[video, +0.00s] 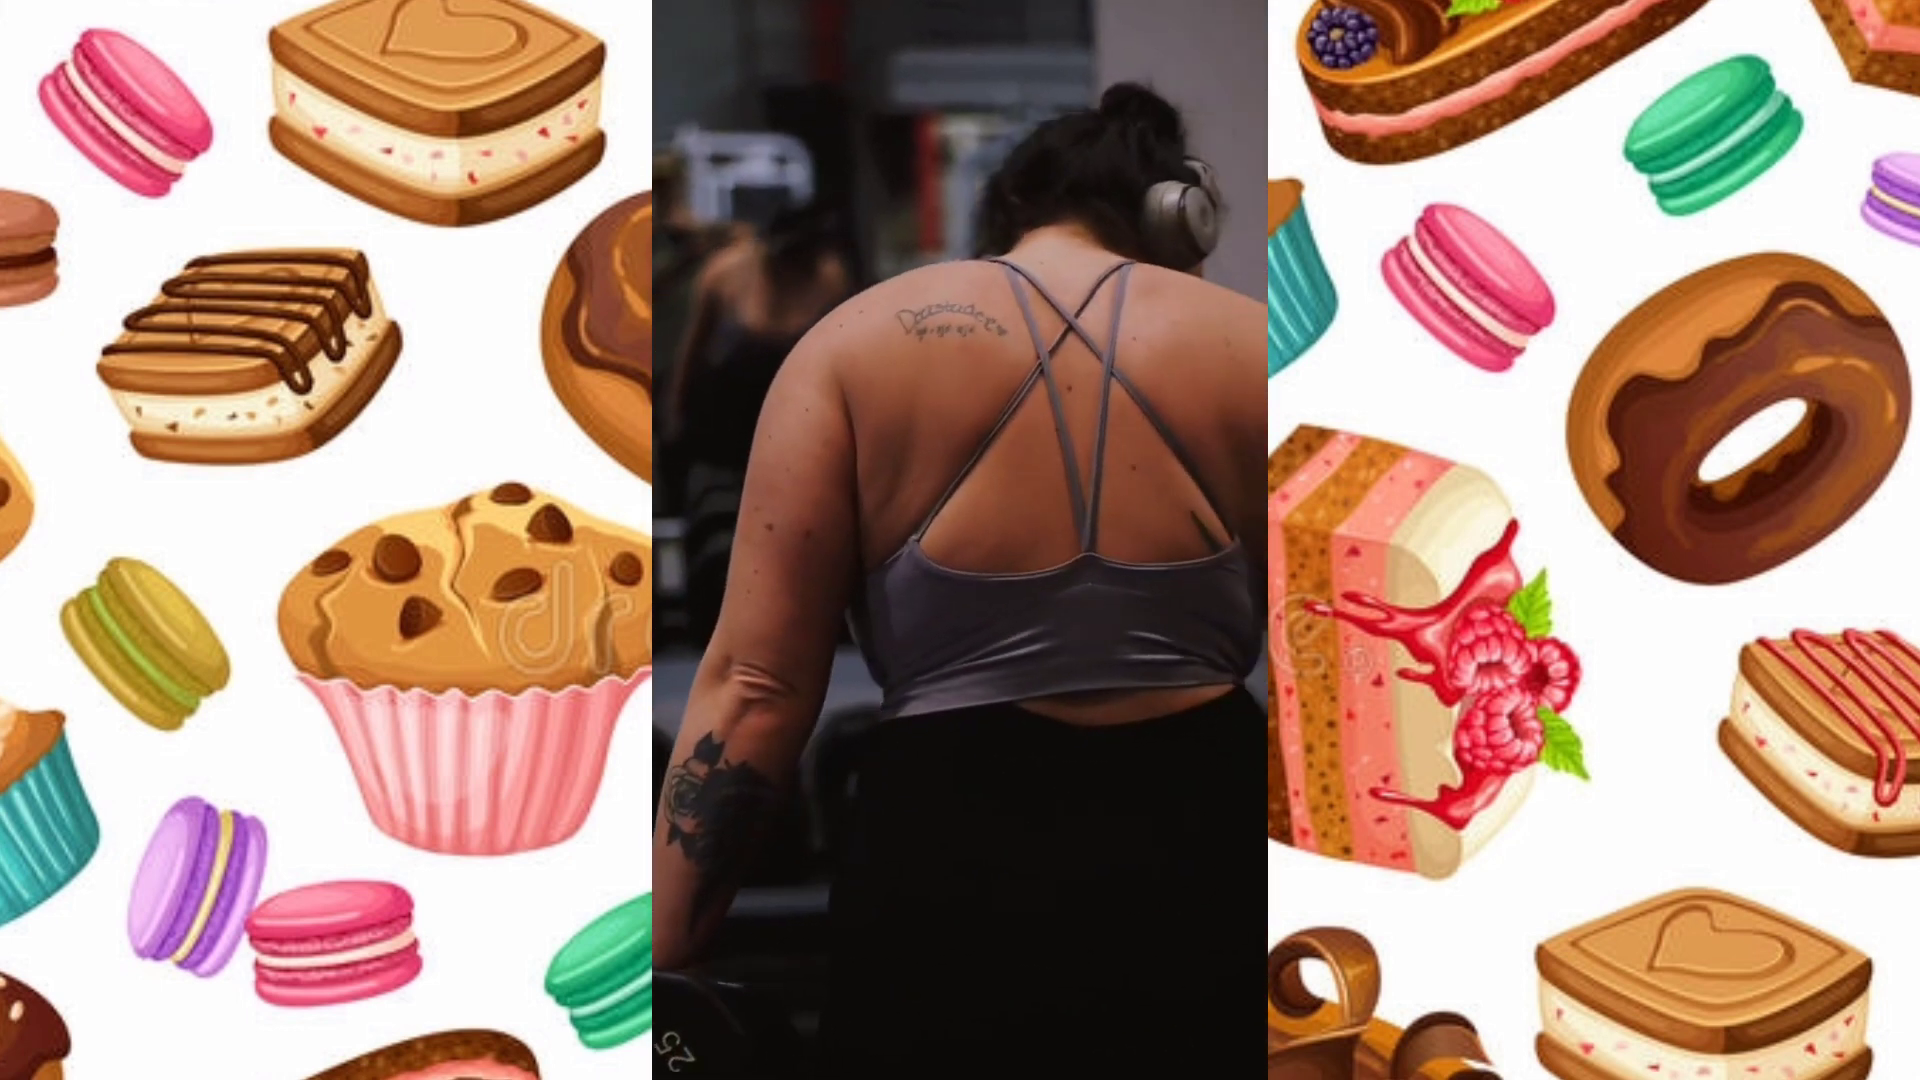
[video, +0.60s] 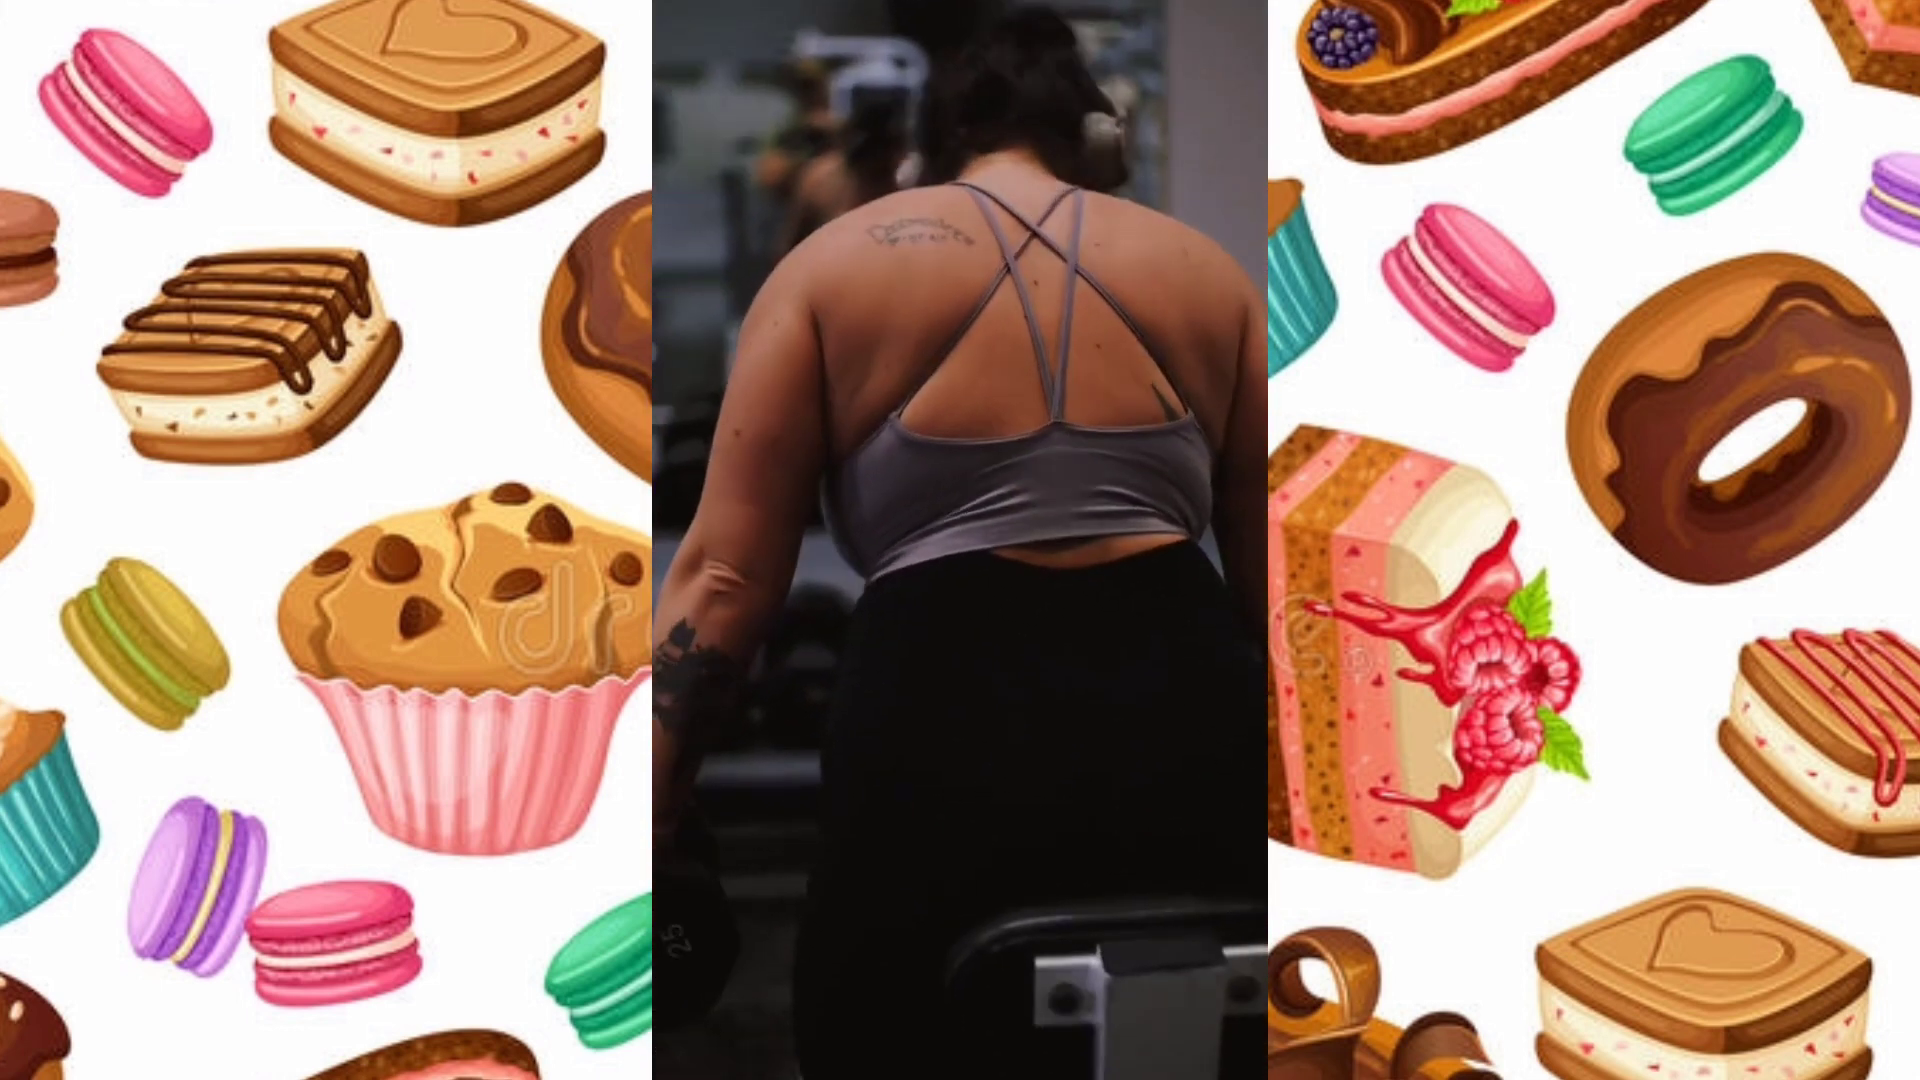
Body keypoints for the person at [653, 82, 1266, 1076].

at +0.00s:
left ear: (1005, 212)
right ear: (1173, 221)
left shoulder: (854, 347)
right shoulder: (1255, 343)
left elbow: (757, 683)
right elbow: (1328, 658)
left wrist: (657, 961)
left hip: (939, 839)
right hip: (1200, 836)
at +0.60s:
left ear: (935, 132)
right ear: (1091, 132)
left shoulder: (828, 269)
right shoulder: (1202, 270)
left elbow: (726, 578)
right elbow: (1276, 569)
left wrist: (637, 794)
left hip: (935, 715)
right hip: (1185, 705)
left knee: (878, 1030)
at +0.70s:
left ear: (928, 92)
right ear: (1101, 86)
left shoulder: (830, 240)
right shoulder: (1208, 232)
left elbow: (725, 556)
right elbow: (1280, 532)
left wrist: (666, 755)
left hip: (933, 691)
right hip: (1183, 677)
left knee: (881, 1023)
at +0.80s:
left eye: (903, 25)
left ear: (915, 35)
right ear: (1091, 37)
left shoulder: (820, 207)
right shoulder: (1200, 199)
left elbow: (716, 530)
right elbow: (1286, 496)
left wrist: (701, 652)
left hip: (918, 681)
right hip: (1165, 665)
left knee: (879, 1034)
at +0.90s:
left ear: (896, 22)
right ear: (1062, 20)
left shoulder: (793, 198)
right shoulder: (1170, 186)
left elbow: (700, 512)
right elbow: (1264, 477)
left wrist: (721, 556)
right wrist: (1207, 514)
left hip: (890, 659)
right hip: (1132, 648)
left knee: (853, 1039)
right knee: (1154, 1016)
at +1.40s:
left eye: (786, 100)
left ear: (790, 125)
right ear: (967, 117)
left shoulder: (712, 318)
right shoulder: (1072, 304)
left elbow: (667, 594)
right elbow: (1161, 560)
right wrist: (1092, 464)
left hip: (815, 746)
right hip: (1038, 734)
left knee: (788, 1044)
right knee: (1049, 1036)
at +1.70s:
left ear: (708, 175)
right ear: (867, 162)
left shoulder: (648, 337)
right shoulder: (969, 328)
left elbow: (584, 555)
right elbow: (1053, 559)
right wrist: (1074, 611)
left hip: (725, 734)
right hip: (930, 719)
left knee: (720, 1044)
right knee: (957, 1038)